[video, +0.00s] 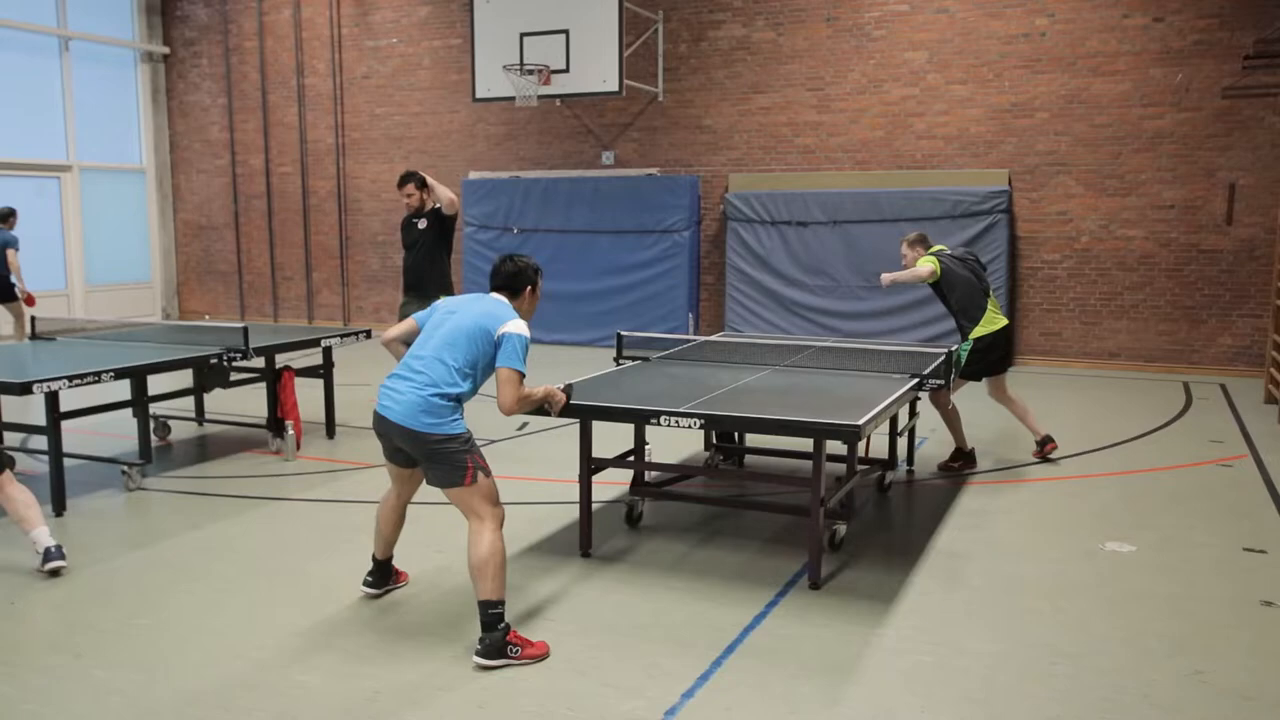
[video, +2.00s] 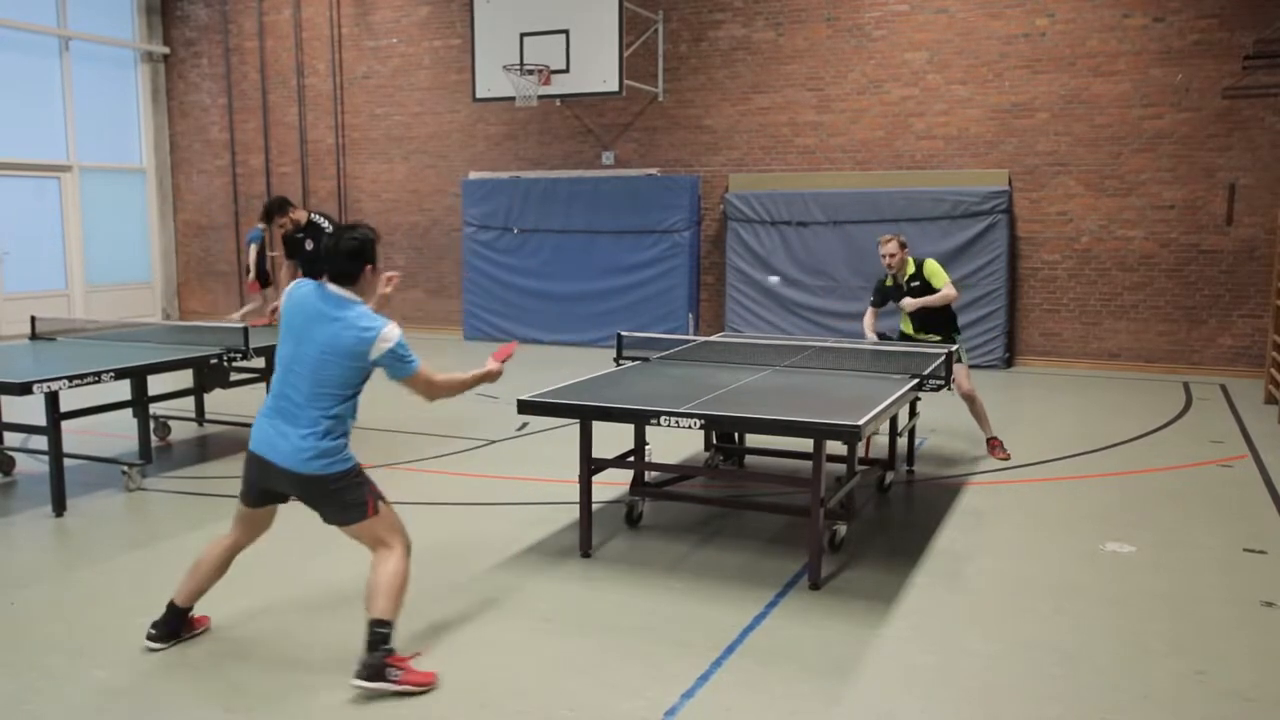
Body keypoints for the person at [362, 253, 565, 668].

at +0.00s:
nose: (538, 298)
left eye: (538, 291)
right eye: (538, 291)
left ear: (494, 287)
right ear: (528, 291)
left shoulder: (450, 303)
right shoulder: (513, 323)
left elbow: (391, 337)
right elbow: (510, 403)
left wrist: (423, 370)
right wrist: (544, 394)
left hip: (389, 411)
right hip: (434, 422)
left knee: (401, 486)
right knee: (487, 516)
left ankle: (379, 572)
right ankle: (495, 637)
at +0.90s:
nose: (541, 255)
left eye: (542, 245)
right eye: (541, 245)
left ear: (504, 237)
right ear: (526, 243)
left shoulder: (453, 250)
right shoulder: (526, 287)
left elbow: (400, 289)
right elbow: (542, 337)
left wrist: (424, 324)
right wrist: (582, 354)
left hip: (416, 376)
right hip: (465, 388)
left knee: (385, 472)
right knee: (500, 468)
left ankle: (341, 560)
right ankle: (516, 555)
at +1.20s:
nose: (543, 270)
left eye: (543, 264)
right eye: (543, 264)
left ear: (501, 259)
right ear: (534, 264)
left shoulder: (462, 282)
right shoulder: (541, 315)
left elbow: (423, 334)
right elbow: (555, 382)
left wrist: (446, 366)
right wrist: (571, 358)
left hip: (443, 416)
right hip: (500, 423)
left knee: (413, 494)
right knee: (521, 478)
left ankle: (398, 577)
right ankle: (522, 555)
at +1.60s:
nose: (515, 251)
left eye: (517, 243)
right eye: (517, 242)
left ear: (470, 233)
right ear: (506, 239)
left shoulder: (421, 267)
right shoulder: (496, 282)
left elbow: (384, 331)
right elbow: (514, 360)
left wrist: (429, 329)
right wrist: (547, 370)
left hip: (396, 404)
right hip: (453, 409)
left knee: (390, 501)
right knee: (495, 514)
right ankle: (510, 629)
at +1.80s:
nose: (475, 279)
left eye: (474, 273)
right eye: (474, 273)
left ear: (425, 272)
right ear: (466, 280)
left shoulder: (389, 295)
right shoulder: (468, 336)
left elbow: (413, 337)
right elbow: (515, 384)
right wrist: (543, 358)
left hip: (346, 444)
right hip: (402, 454)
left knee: (346, 519)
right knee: (470, 546)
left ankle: (282, 618)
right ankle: (502, 669)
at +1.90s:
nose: (431, 263)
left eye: (427, 257)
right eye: (428, 258)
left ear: (379, 258)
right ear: (420, 265)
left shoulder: (348, 279)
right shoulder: (429, 321)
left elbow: (389, 308)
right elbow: (484, 354)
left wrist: (424, 291)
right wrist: (536, 354)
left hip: (297, 434)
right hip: (357, 449)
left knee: (288, 512)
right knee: (418, 546)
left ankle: (222, 606)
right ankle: (475, 654)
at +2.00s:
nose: (382, 267)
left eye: (379, 261)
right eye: (377, 262)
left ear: (327, 266)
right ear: (366, 271)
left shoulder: (296, 294)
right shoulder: (376, 331)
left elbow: (337, 315)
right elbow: (431, 387)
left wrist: (369, 298)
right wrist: (485, 374)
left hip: (264, 451)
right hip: (321, 464)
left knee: (240, 532)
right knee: (392, 544)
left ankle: (169, 620)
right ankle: (377, 657)